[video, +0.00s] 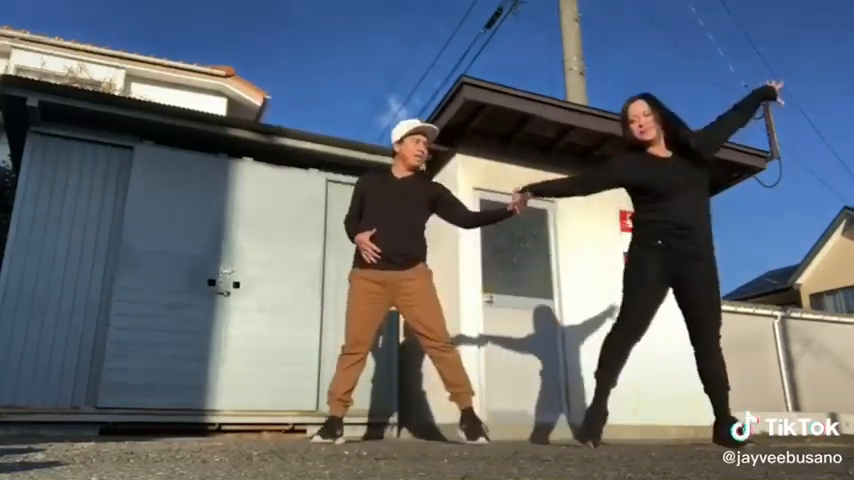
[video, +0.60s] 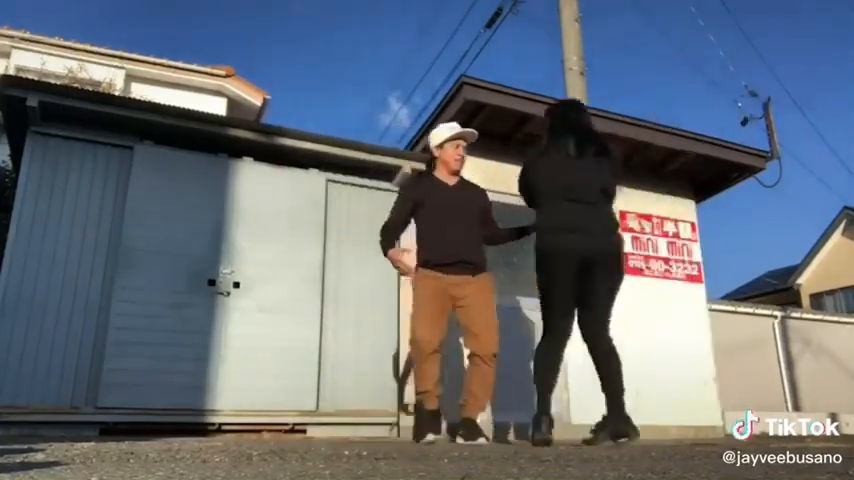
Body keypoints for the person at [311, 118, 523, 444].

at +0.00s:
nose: (424, 150)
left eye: (426, 145)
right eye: (417, 143)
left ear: (427, 152)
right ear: (398, 146)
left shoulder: (430, 190)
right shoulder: (369, 181)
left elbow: (466, 218)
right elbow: (351, 220)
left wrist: (510, 210)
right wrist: (357, 235)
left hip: (413, 278)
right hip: (368, 279)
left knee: (439, 344)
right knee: (355, 347)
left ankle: (468, 414)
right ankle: (334, 419)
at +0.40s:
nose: (440, 155)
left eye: (443, 150)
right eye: (434, 148)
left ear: (445, 155)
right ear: (415, 150)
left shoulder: (450, 194)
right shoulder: (389, 188)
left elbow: (466, 237)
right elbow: (362, 227)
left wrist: (496, 229)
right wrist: (377, 248)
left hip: (447, 282)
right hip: (402, 281)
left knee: (465, 347)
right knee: (371, 345)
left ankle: (467, 421)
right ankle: (339, 417)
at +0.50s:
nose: (451, 156)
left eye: (453, 151)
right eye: (444, 150)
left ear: (455, 156)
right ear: (427, 153)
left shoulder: (464, 195)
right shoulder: (407, 189)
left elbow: (476, 237)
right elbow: (377, 230)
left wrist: (513, 228)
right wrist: (382, 254)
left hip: (465, 284)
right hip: (421, 281)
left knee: (481, 348)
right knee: (394, 343)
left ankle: (468, 420)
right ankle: (376, 412)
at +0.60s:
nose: (461, 154)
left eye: (464, 148)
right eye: (454, 148)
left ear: (465, 152)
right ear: (437, 151)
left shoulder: (476, 193)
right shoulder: (417, 187)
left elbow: (491, 236)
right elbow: (391, 228)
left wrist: (529, 229)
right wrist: (391, 250)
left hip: (475, 280)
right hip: (431, 278)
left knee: (486, 349)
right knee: (425, 343)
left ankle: (469, 419)